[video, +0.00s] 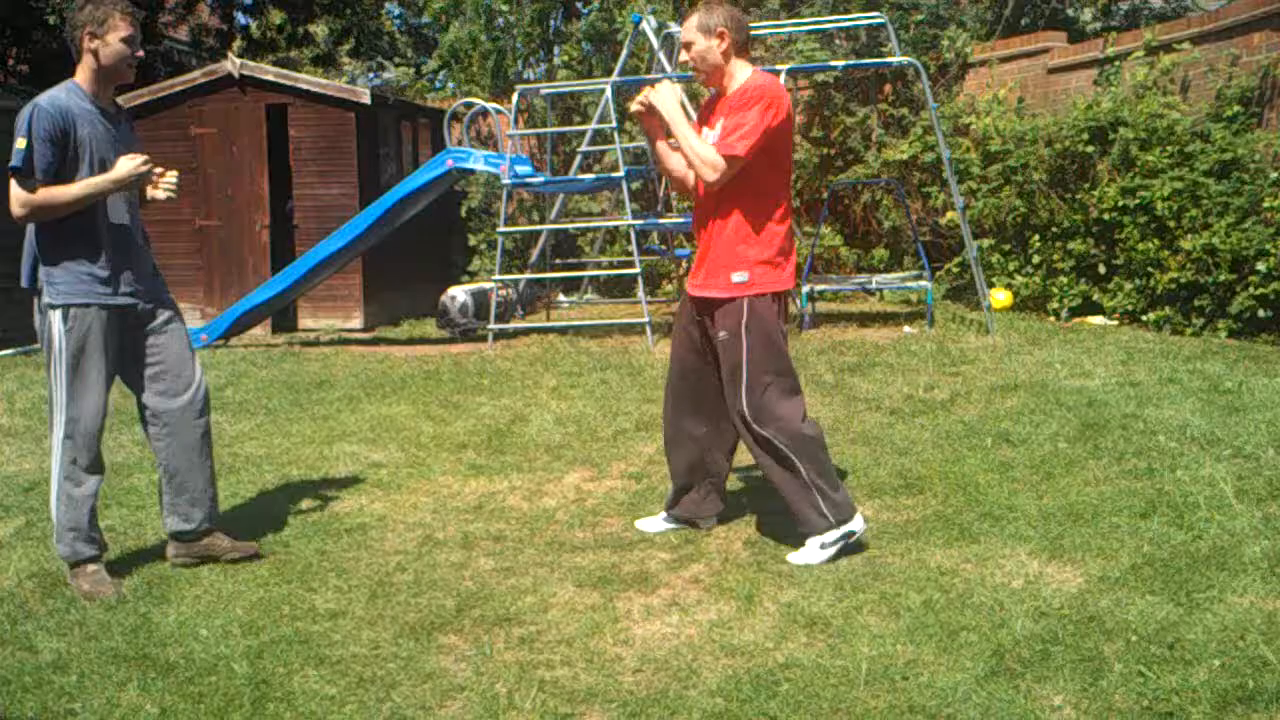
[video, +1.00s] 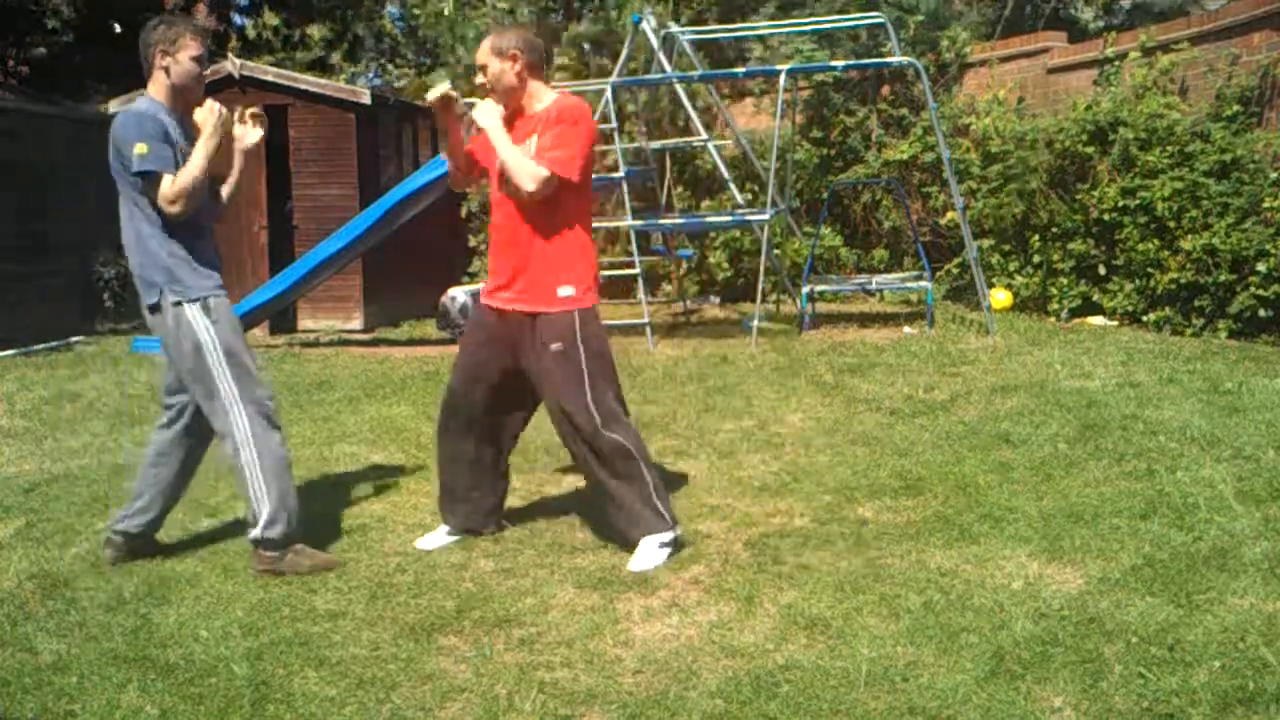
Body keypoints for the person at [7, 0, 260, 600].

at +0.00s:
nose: (139, 52)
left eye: (139, 43)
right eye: (129, 41)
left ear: (114, 49)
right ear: (90, 45)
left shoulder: (122, 121)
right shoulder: (47, 110)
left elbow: (115, 206)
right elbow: (22, 203)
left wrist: (148, 191)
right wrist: (112, 181)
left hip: (138, 285)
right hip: (76, 292)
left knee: (182, 397)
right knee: (79, 427)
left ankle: (191, 534)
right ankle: (83, 557)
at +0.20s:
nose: (140, 55)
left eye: (141, 45)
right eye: (130, 45)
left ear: (112, 49)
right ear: (93, 45)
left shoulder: (122, 123)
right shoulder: (46, 112)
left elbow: (117, 210)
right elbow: (25, 205)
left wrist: (147, 191)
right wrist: (114, 181)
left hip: (140, 287)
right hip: (78, 292)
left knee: (187, 396)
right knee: (79, 426)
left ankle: (166, 530)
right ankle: (82, 556)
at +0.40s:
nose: (148, 60)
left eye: (148, 50)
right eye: (140, 49)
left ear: (113, 53)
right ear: (102, 50)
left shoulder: (131, 122)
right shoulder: (59, 112)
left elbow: (134, 214)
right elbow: (48, 203)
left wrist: (160, 185)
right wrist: (132, 167)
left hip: (155, 290)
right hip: (97, 294)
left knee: (171, 417)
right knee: (99, 426)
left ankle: (133, 534)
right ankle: (83, 553)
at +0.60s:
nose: (166, 64)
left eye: (166, 55)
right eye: (158, 54)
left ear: (131, 57)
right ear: (123, 55)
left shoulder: (141, 121)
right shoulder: (92, 112)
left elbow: (171, 199)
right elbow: (112, 192)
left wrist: (187, 144)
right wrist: (171, 142)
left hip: (161, 279)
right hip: (130, 281)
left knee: (151, 406)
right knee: (180, 398)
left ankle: (123, 531)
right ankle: (142, 529)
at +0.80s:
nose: (185, 66)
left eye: (185, 56)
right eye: (177, 56)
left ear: (149, 58)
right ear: (142, 56)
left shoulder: (151, 115)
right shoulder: (119, 110)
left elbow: (187, 191)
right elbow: (154, 186)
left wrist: (199, 133)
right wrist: (196, 132)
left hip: (162, 277)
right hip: (151, 281)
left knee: (161, 404)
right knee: (209, 396)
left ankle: (126, 534)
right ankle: (240, 540)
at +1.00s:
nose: (207, 72)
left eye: (208, 61)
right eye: (199, 60)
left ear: (172, 64)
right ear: (163, 61)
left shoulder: (176, 124)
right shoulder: (137, 119)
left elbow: (212, 208)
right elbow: (173, 199)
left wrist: (242, 153)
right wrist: (208, 138)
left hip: (193, 285)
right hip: (180, 289)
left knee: (188, 413)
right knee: (247, 406)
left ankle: (131, 533)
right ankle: (276, 542)